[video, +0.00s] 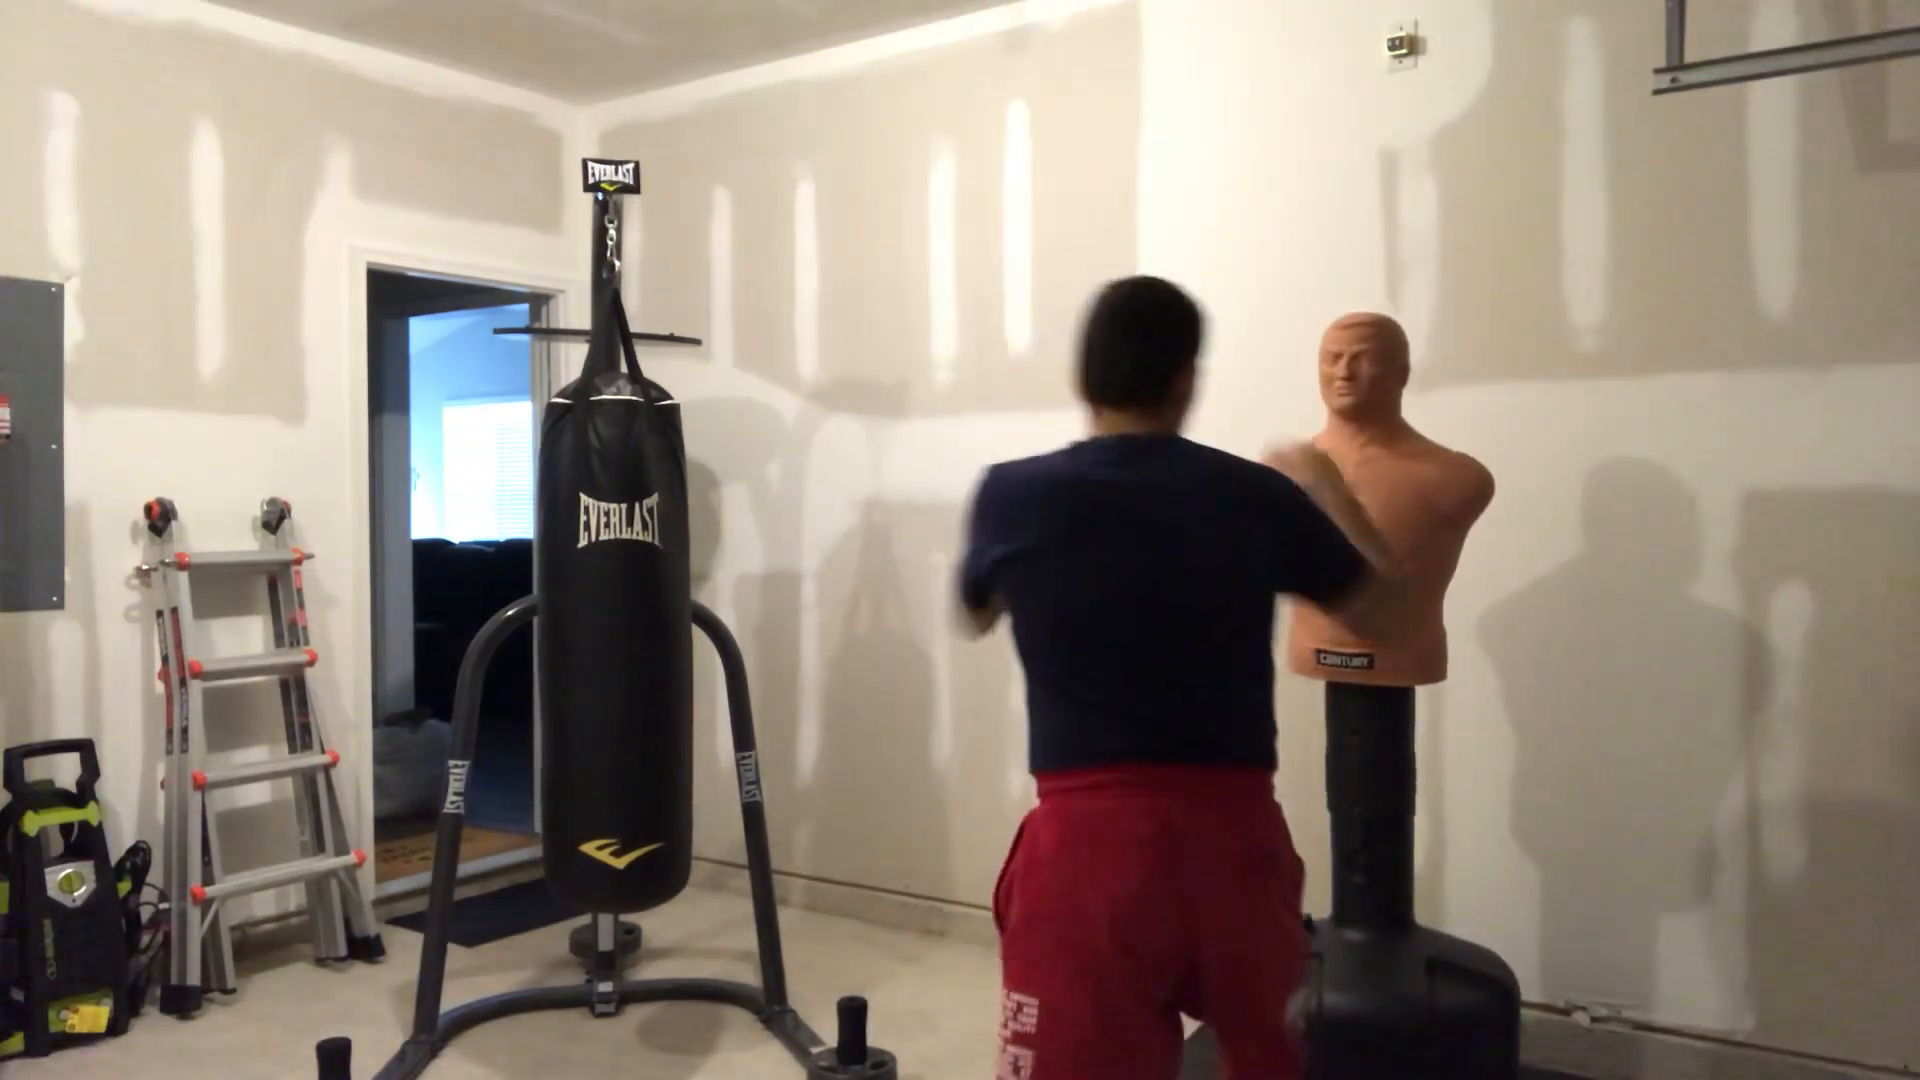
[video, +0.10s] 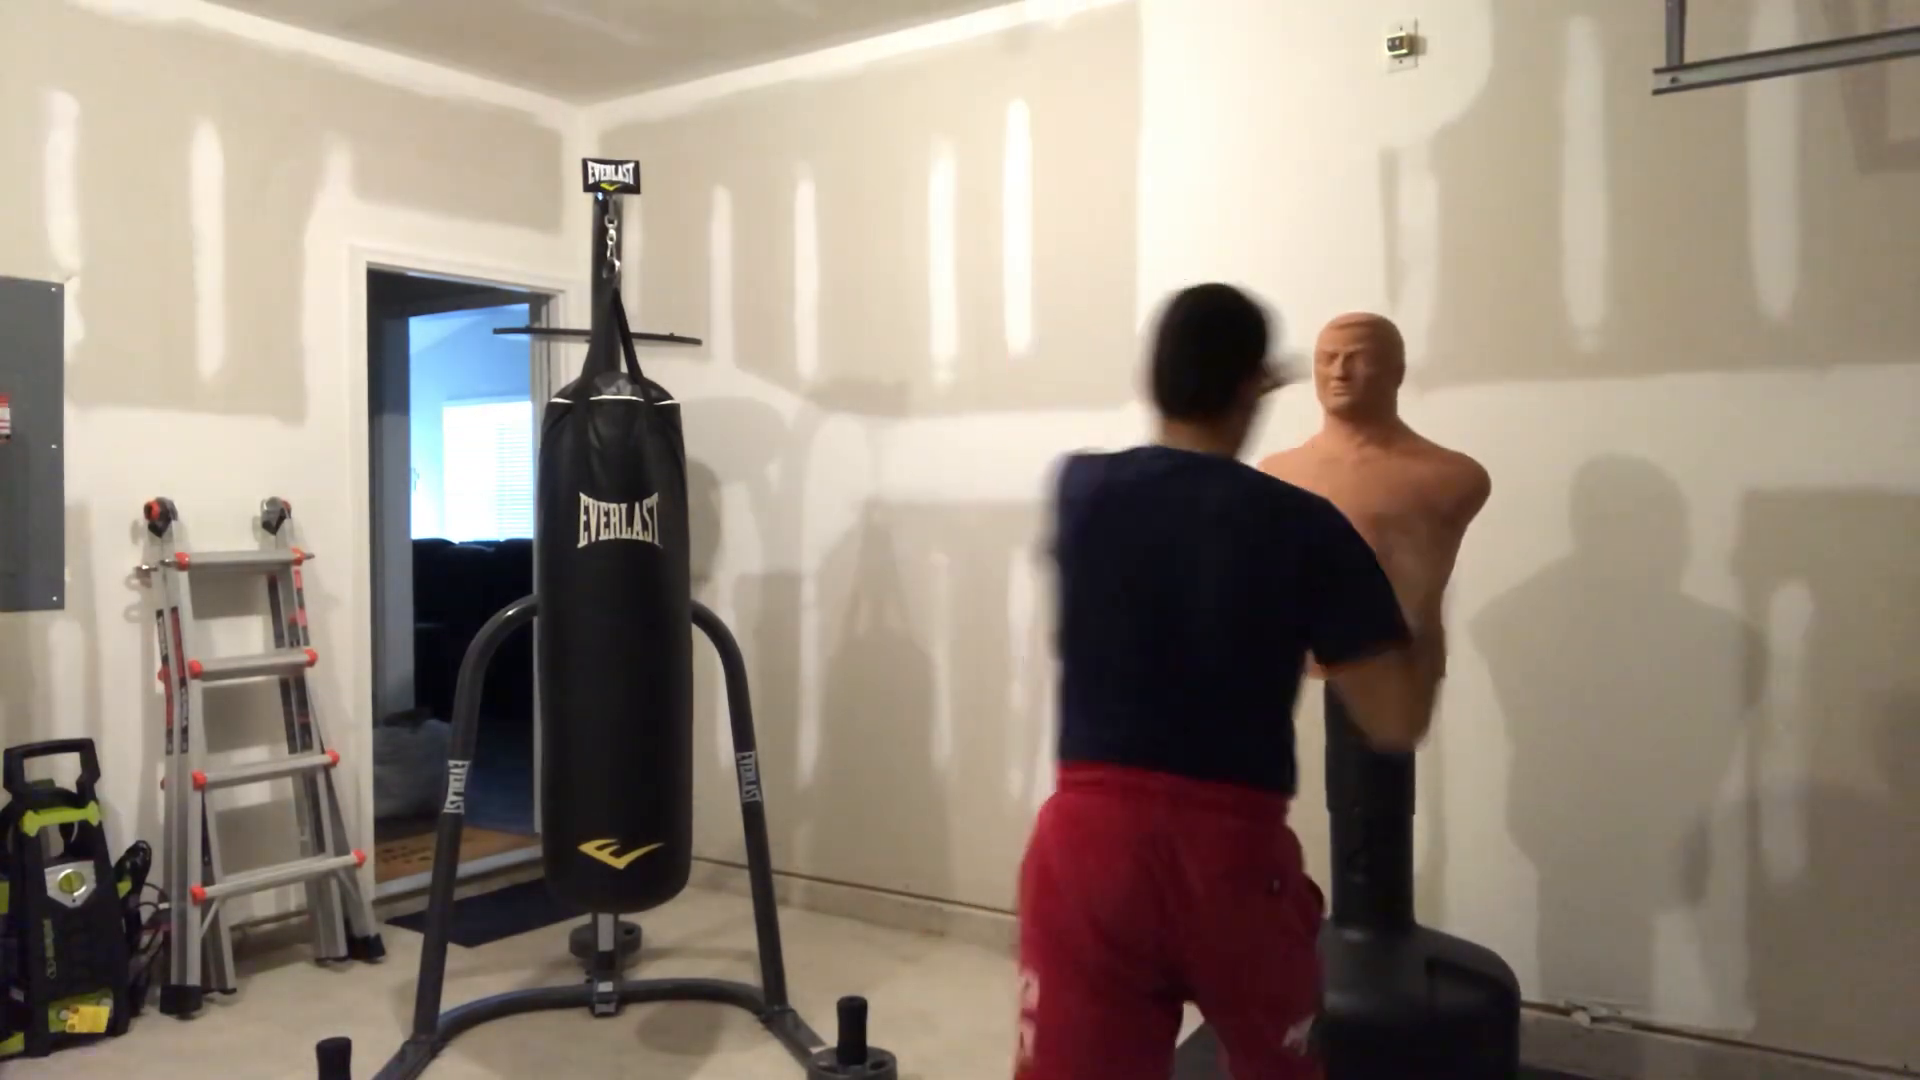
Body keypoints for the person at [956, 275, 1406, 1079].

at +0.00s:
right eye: (1188, 365)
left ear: (1082, 375)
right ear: (1188, 378)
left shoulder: (1015, 496)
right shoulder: (1252, 499)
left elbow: (974, 614)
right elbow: (1383, 610)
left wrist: (1047, 528)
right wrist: (1331, 488)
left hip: (1084, 843)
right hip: (1236, 840)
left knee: (1076, 1062)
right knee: (1273, 1062)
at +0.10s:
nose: (1279, 388)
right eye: (1275, 372)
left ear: (1151, 378)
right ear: (1257, 385)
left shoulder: (1079, 488)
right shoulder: (1302, 526)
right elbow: (1396, 720)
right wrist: (1424, 621)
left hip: (1085, 846)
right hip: (1236, 858)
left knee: (1070, 1066)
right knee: (1277, 1063)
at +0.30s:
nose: (1412, 374)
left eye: (1406, 355)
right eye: (1411, 357)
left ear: (1291, 359)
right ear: (1398, 370)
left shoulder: (1228, 438)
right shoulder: (1396, 520)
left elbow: (1163, 411)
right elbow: (1542, 684)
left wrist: (1177, 360)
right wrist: (1561, 555)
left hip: (1132, 744)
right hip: (1231, 815)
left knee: (1051, 873)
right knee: (1264, 1054)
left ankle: (950, 1025)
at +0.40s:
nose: (1456, 401)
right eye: (1455, 385)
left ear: (1322, 378)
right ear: (1445, 398)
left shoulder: (1257, 453)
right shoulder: (1437, 525)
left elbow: (1129, 482)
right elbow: (1584, 627)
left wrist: (1059, 480)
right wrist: (1508, 504)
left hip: (1131, 686)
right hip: (1200, 793)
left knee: (1180, 591)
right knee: (1263, 1037)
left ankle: (1050, 626)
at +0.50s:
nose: (1475, 436)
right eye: (1473, 422)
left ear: (1343, 428)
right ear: (1459, 442)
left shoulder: (1270, 489)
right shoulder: (1439, 563)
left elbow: (1118, 565)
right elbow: (1547, 635)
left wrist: (1005, 621)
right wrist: (1450, 530)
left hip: (1133, 667)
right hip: (1186, 785)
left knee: (1246, 506)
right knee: (1241, 1022)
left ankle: (1287, 379)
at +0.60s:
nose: (1486, 475)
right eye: (1481, 463)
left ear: (1359, 443)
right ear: (1468, 480)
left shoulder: (1269, 507)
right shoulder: (1433, 612)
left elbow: (1117, 608)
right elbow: (1532, 698)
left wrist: (1009, 691)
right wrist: (1460, 588)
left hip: (1142, 695)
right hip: (1192, 798)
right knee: (1234, 1019)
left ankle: (1309, 415)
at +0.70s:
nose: (1490, 488)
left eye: (1494, 475)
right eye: (1486, 476)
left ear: (1365, 450)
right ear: (1473, 495)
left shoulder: (1281, 511)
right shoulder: (1425, 643)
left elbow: (1149, 576)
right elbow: (1559, 791)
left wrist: (1049, 621)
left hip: (1148, 679)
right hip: (1190, 800)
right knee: (1250, 1030)